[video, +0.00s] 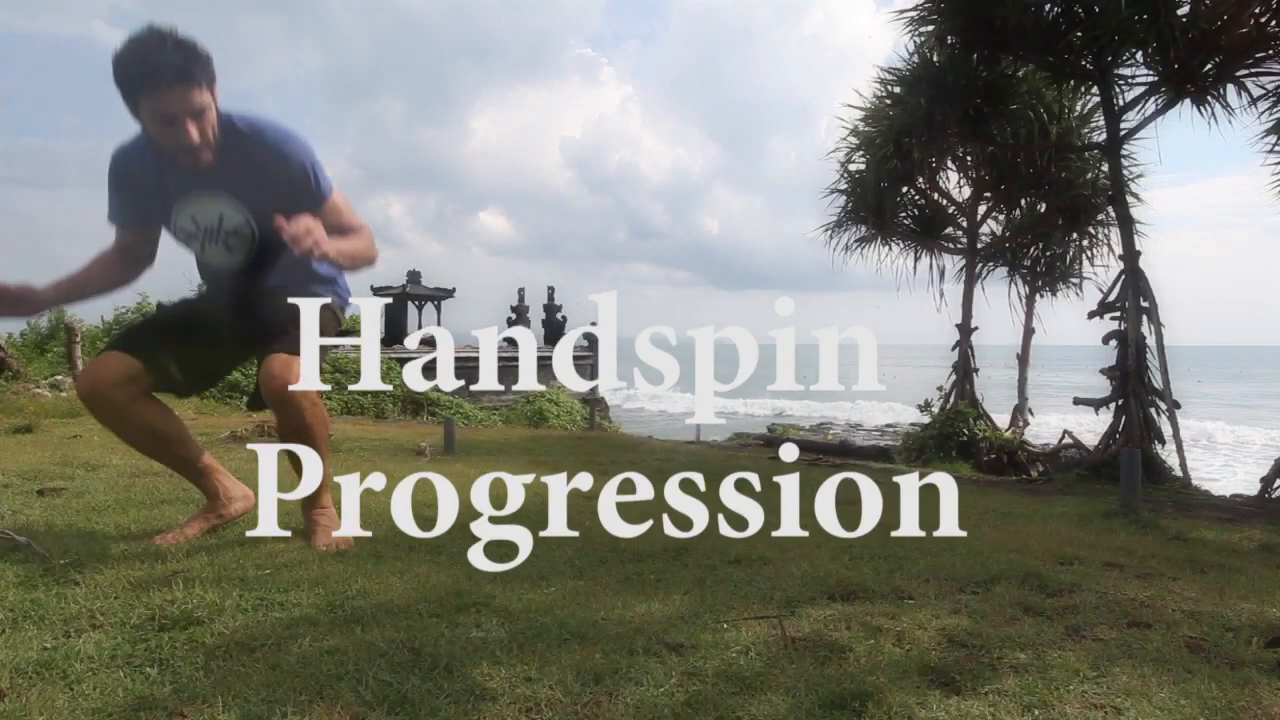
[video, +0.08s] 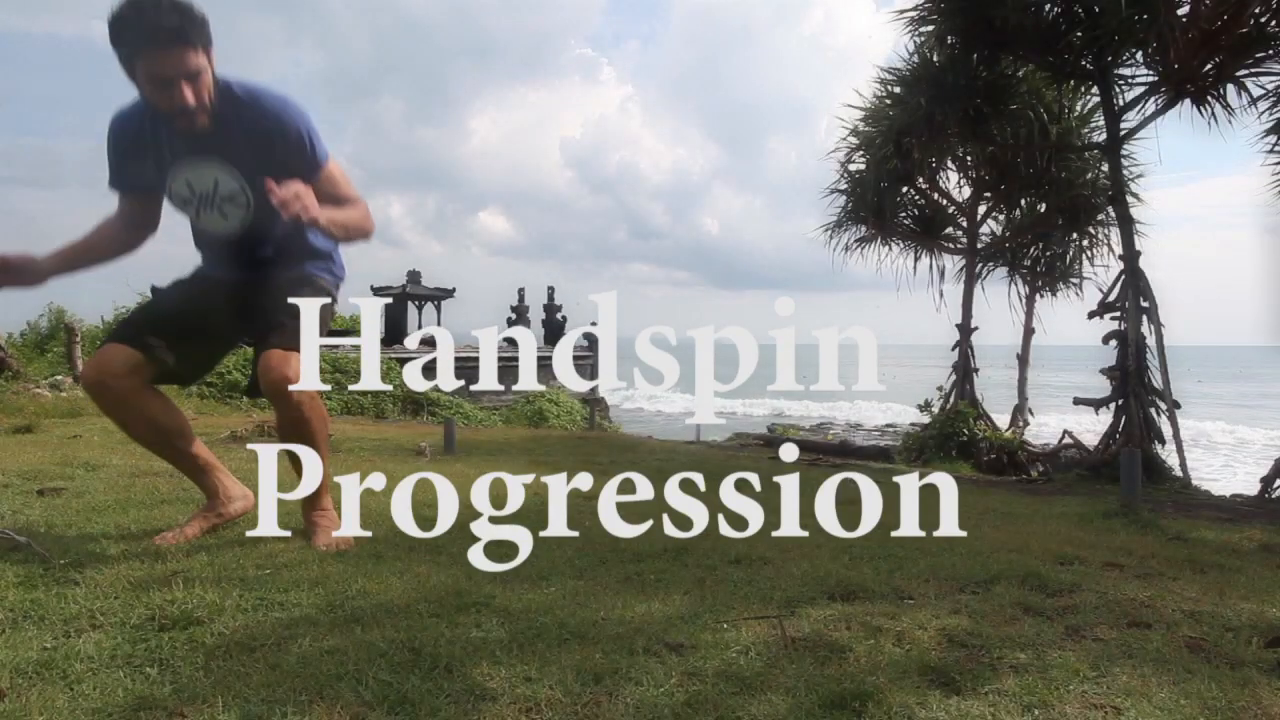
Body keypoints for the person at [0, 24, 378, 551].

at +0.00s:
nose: (192, 135)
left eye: (200, 114)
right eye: (169, 122)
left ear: (214, 92)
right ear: (139, 119)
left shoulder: (276, 149)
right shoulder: (136, 166)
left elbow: (364, 246)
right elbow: (132, 254)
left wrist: (326, 243)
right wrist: (43, 297)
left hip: (304, 297)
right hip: (226, 304)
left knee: (282, 377)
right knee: (103, 381)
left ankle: (320, 510)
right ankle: (226, 495)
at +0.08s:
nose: (185, 96)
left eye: (193, 76)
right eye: (164, 84)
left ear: (209, 56)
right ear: (134, 77)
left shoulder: (271, 117)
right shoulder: (135, 131)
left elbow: (361, 220)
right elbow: (135, 223)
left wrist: (319, 212)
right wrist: (44, 267)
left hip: (298, 265)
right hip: (222, 272)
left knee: (282, 371)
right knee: (109, 373)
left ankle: (320, 511)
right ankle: (226, 495)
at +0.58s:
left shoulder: (189, 4)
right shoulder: (69, 11)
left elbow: (257, 114)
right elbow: (107, 123)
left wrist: (165, 154)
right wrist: (69, 208)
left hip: (239, 195)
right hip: (158, 200)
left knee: (270, 332)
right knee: (101, 347)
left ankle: (328, 504)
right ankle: (137, 507)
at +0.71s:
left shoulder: (183, 4)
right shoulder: (67, 6)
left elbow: (236, 120)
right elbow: (114, 98)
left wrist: (144, 171)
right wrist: (98, 191)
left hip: (230, 206)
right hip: (143, 211)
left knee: (275, 351)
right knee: (93, 347)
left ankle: (326, 521)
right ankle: (136, 507)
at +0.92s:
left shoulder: (207, 6)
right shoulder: (74, 5)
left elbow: (270, 114)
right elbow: (101, 95)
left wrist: (232, 165)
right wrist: (90, 188)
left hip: (223, 206)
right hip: (127, 206)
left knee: (276, 348)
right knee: (91, 349)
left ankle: (322, 516)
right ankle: (136, 506)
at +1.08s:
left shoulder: (259, 5)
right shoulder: (100, 2)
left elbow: (321, 97)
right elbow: (64, 80)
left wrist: (358, 127)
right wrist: (4, 146)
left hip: (227, 188)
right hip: (129, 188)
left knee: (278, 333)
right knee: (104, 347)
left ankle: (293, 510)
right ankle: (135, 505)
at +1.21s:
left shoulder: (305, 6)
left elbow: (361, 108)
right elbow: (44, 33)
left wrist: (443, 138)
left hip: (245, 196)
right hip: (144, 189)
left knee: (285, 344)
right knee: (113, 346)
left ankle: (289, 522)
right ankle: (131, 497)